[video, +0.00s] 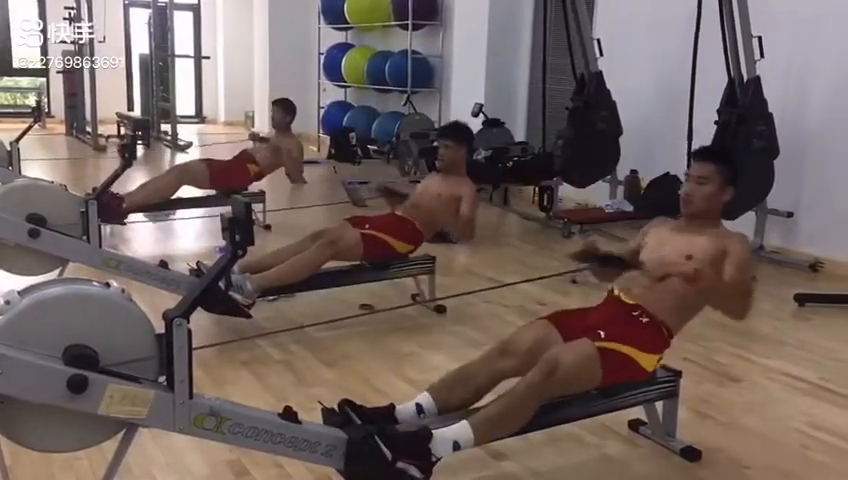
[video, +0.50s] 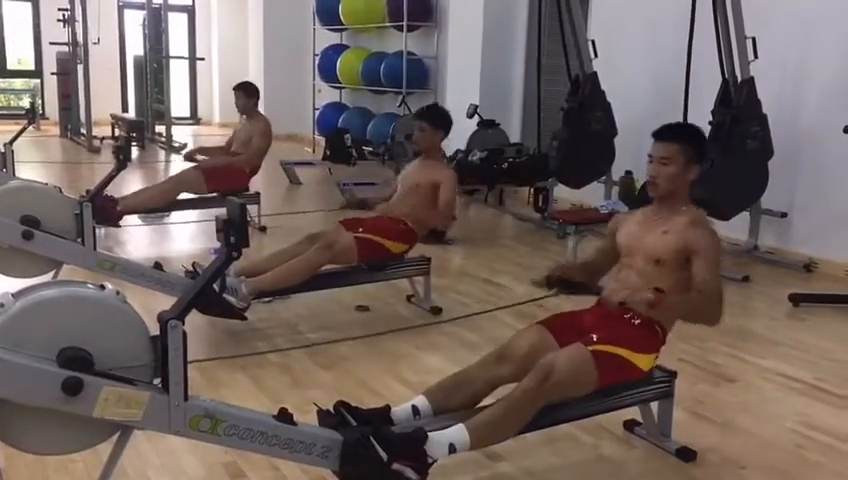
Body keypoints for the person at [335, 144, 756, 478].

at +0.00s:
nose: (688, 188)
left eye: (701, 182)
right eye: (688, 179)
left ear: (726, 194)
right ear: (684, 182)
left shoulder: (733, 243)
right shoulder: (658, 227)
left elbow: (739, 309)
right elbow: (627, 272)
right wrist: (599, 259)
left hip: (639, 337)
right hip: (600, 314)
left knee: (546, 372)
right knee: (509, 350)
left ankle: (432, 452)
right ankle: (397, 419)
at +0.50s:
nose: (652, 170)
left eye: (665, 163)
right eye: (652, 160)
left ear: (692, 172)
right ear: (649, 165)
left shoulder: (698, 232)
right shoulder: (629, 219)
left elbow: (711, 311)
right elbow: (593, 268)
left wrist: (665, 302)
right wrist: (565, 272)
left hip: (635, 337)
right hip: (594, 315)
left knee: (544, 376)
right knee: (506, 356)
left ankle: (427, 453)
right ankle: (395, 419)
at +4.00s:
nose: (681, 189)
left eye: (693, 183)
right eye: (680, 180)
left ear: (718, 193)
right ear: (677, 184)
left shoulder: (729, 252)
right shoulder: (658, 234)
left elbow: (743, 327)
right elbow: (633, 279)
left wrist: (697, 301)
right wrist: (601, 276)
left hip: (651, 347)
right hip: (612, 325)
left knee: (557, 381)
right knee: (518, 362)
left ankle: (444, 456)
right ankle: (405, 428)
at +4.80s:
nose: (620, 179)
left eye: (632, 171)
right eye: (618, 169)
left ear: (661, 177)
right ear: (614, 171)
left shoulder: (676, 237)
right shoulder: (605, 228)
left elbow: (629, 303)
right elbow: (540, 268)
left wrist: (563, 333)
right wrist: (485, 298)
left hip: (649, 349)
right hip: (605, 331)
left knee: (557, 394)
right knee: (515, 376)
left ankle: (446, 461)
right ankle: (409, 430)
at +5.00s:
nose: (612, 178)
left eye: (624, 170)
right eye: (610, 168)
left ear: (653, 177)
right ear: (608, 171)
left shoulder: (669, 235)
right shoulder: (599, 226)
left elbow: (623, 299)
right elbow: (535, 266)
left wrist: (557, 328)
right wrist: (479, 294)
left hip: (649, 346)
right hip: (605, 328)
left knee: (553, 383)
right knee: (510, 370)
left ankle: (450, 461)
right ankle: (411, 431)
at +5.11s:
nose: (607, 178)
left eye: (619, 169)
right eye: (605, 167)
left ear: (648, 176)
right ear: (603, 170)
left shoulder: (663, 235)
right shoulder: (594, 226)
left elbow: (615, 299)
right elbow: (528, 265)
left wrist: (550, 325)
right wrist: (474, 290)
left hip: (646, 350)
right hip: (601, 331)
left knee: (553, 373)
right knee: (511, 360)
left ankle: (450, 458)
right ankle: (412, 429)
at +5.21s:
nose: (600, 177)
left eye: (613, 169)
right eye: (599, 167)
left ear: (642, 177)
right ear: (596, 170)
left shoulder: (658, 234)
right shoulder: (588, 224)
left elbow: (607, 295)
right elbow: (520, 264)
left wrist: (542, 329)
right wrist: (464, 289)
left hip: (642, 353)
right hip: (594, 332)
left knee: (547, 364)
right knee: (505, 350)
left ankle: (446, 458)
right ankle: (412, 429)